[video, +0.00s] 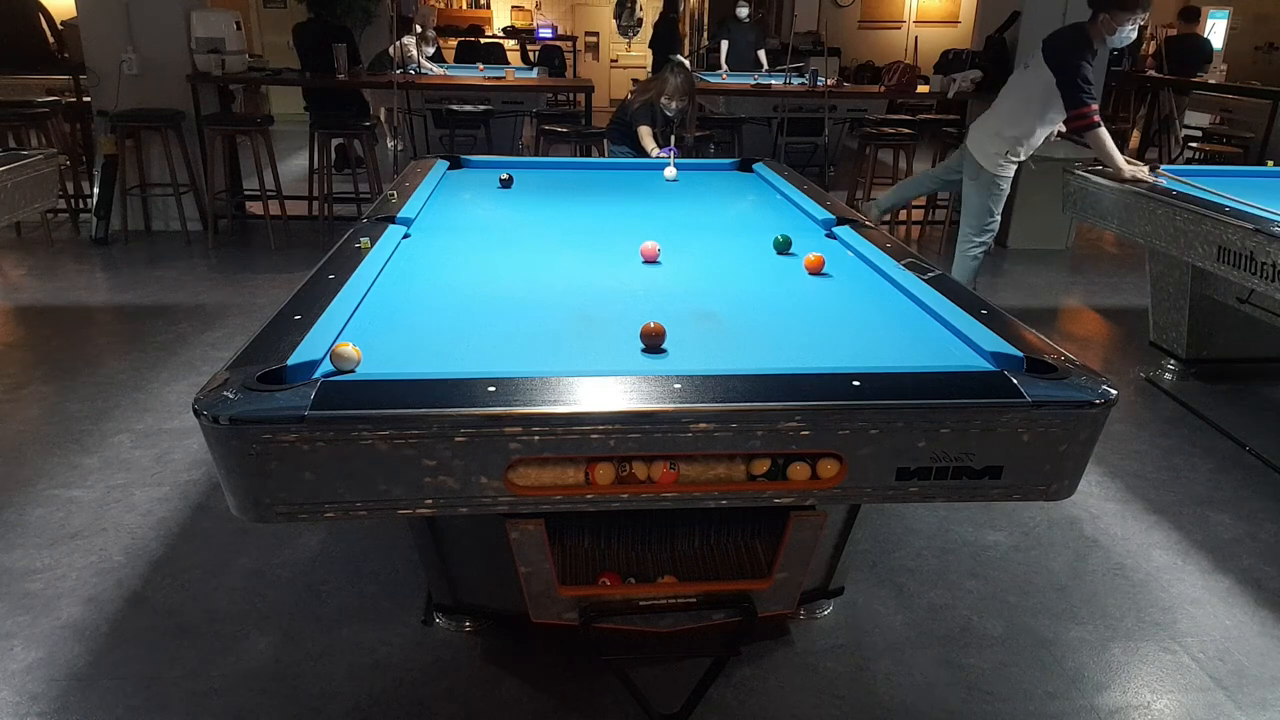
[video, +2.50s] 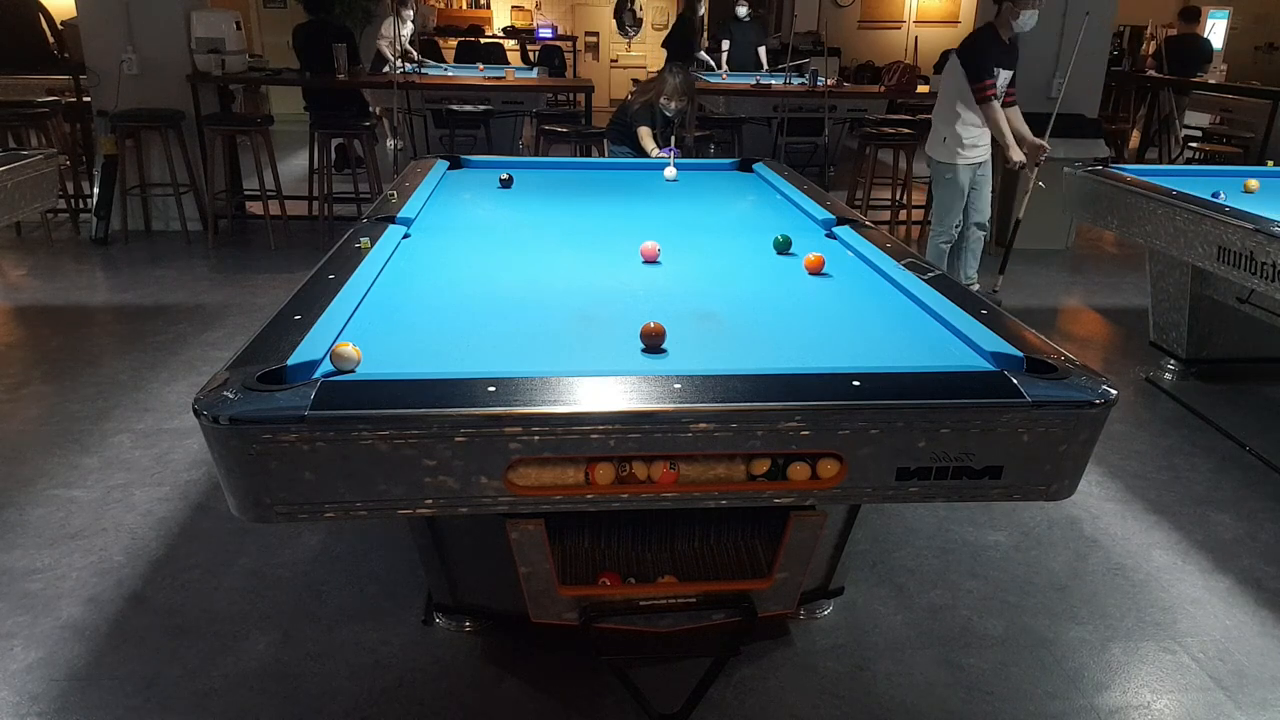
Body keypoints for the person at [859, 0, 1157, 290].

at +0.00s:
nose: (1129, 29)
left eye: (1133, 23)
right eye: (1127, 21)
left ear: (1103, 18)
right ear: (1105, 17)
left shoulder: (1072, 37)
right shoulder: (1077, 50)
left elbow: (1040, 86)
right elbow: (1087, 117)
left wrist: (1055, 121)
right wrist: (1122, 168)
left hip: (983, 135)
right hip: (996, 154)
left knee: (935, 179)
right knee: (976, 239)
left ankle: (871, 211)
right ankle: (954, 309)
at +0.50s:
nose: (1083, 39)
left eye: (1089, 34)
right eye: (1084, 31)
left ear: (1066, 14)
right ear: (1069, 16)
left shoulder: (1037, 34)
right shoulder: (1038, 42)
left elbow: (1024, 98)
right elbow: (1035, 114)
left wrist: (1047, 122)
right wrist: (1072, 155)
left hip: (999, 158)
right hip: (1003, 164)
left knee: (979, 241)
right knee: (980, 245)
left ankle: (952, 308)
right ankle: (951, 313)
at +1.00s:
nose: (1074, 54)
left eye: (1080, 51)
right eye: (1076, 48)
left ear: (1068, 31)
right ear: (1066, 31)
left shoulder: (1046, 51)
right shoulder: (1019, 53)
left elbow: (1024, 99)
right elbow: (994, 115)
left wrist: (1047, 120)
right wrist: (984, 168)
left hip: (1008, 153)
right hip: (985, 154)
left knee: (991, 229)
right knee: (975, 230)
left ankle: (969, 295)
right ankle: (958, 300)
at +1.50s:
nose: (1058, 165)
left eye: (1062, 163)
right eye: (1063, 161)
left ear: (1063, 146)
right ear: (1063, 151)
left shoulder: (1045, 122)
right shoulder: (1025, 143)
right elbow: (1010, 213)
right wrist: (1003, 264)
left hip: (974, 155)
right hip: (944, 152)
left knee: (975, 224)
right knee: (954, 225)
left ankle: (967, 286)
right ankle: (931, 288)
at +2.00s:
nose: (1058, 161)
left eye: (1063, 158)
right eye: (1062, 155)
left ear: (1051, 131)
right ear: (1052, 139)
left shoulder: (1027, 117)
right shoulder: (1015, 140)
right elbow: (990, 198)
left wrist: (1012, 173)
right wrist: (978, 244)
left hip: (960, 157)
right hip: (932, 154)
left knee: (971, 221)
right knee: (952, 228)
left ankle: (966, 282)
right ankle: (928, 287)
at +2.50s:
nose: (1031, 13)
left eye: (1033, 7)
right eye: (1024, 6)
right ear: (1004, 7)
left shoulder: (1010, 47)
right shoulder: (978, 44)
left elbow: (1008, 102)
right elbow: (987, 103)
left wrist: (1029, 138)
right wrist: (1010, 145)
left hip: (980, 152)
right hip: (951, 152)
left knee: (976, 224)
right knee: (946, 228)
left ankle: (966, 286)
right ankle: (931, 289)